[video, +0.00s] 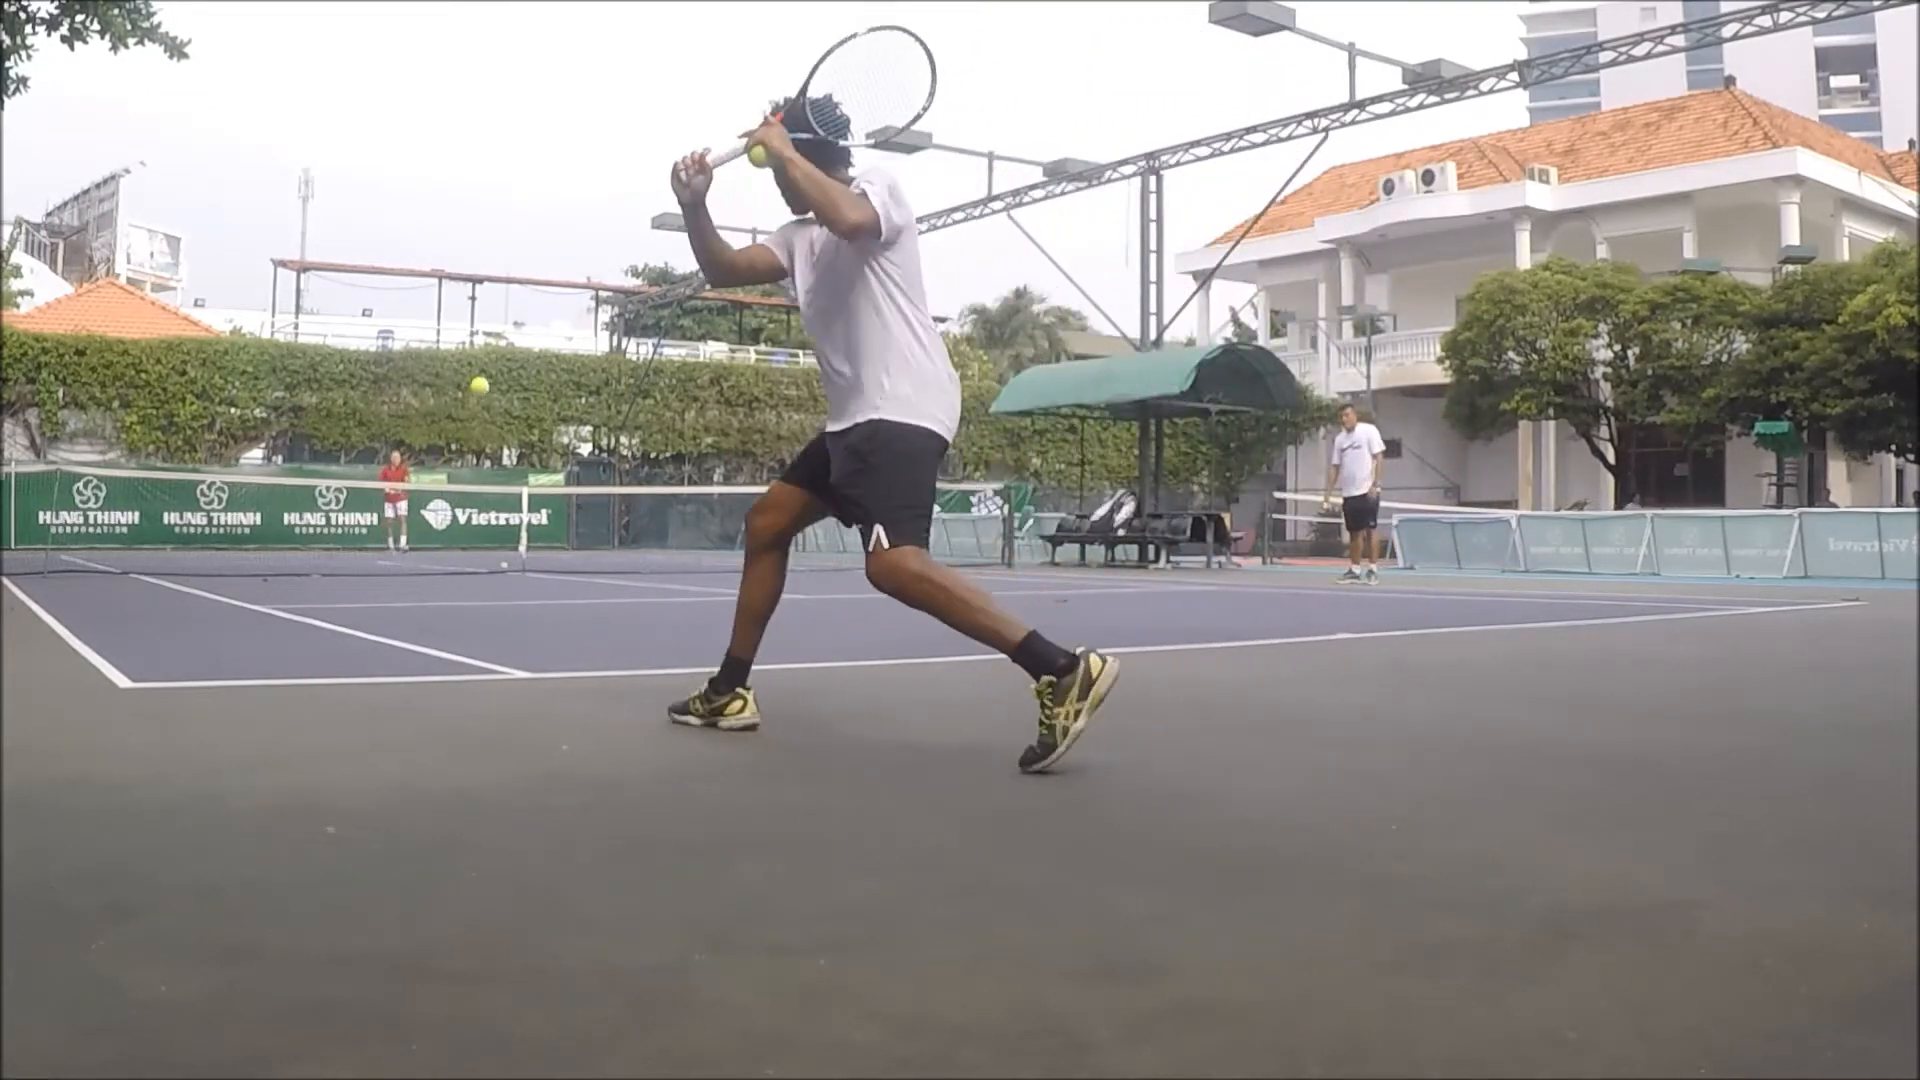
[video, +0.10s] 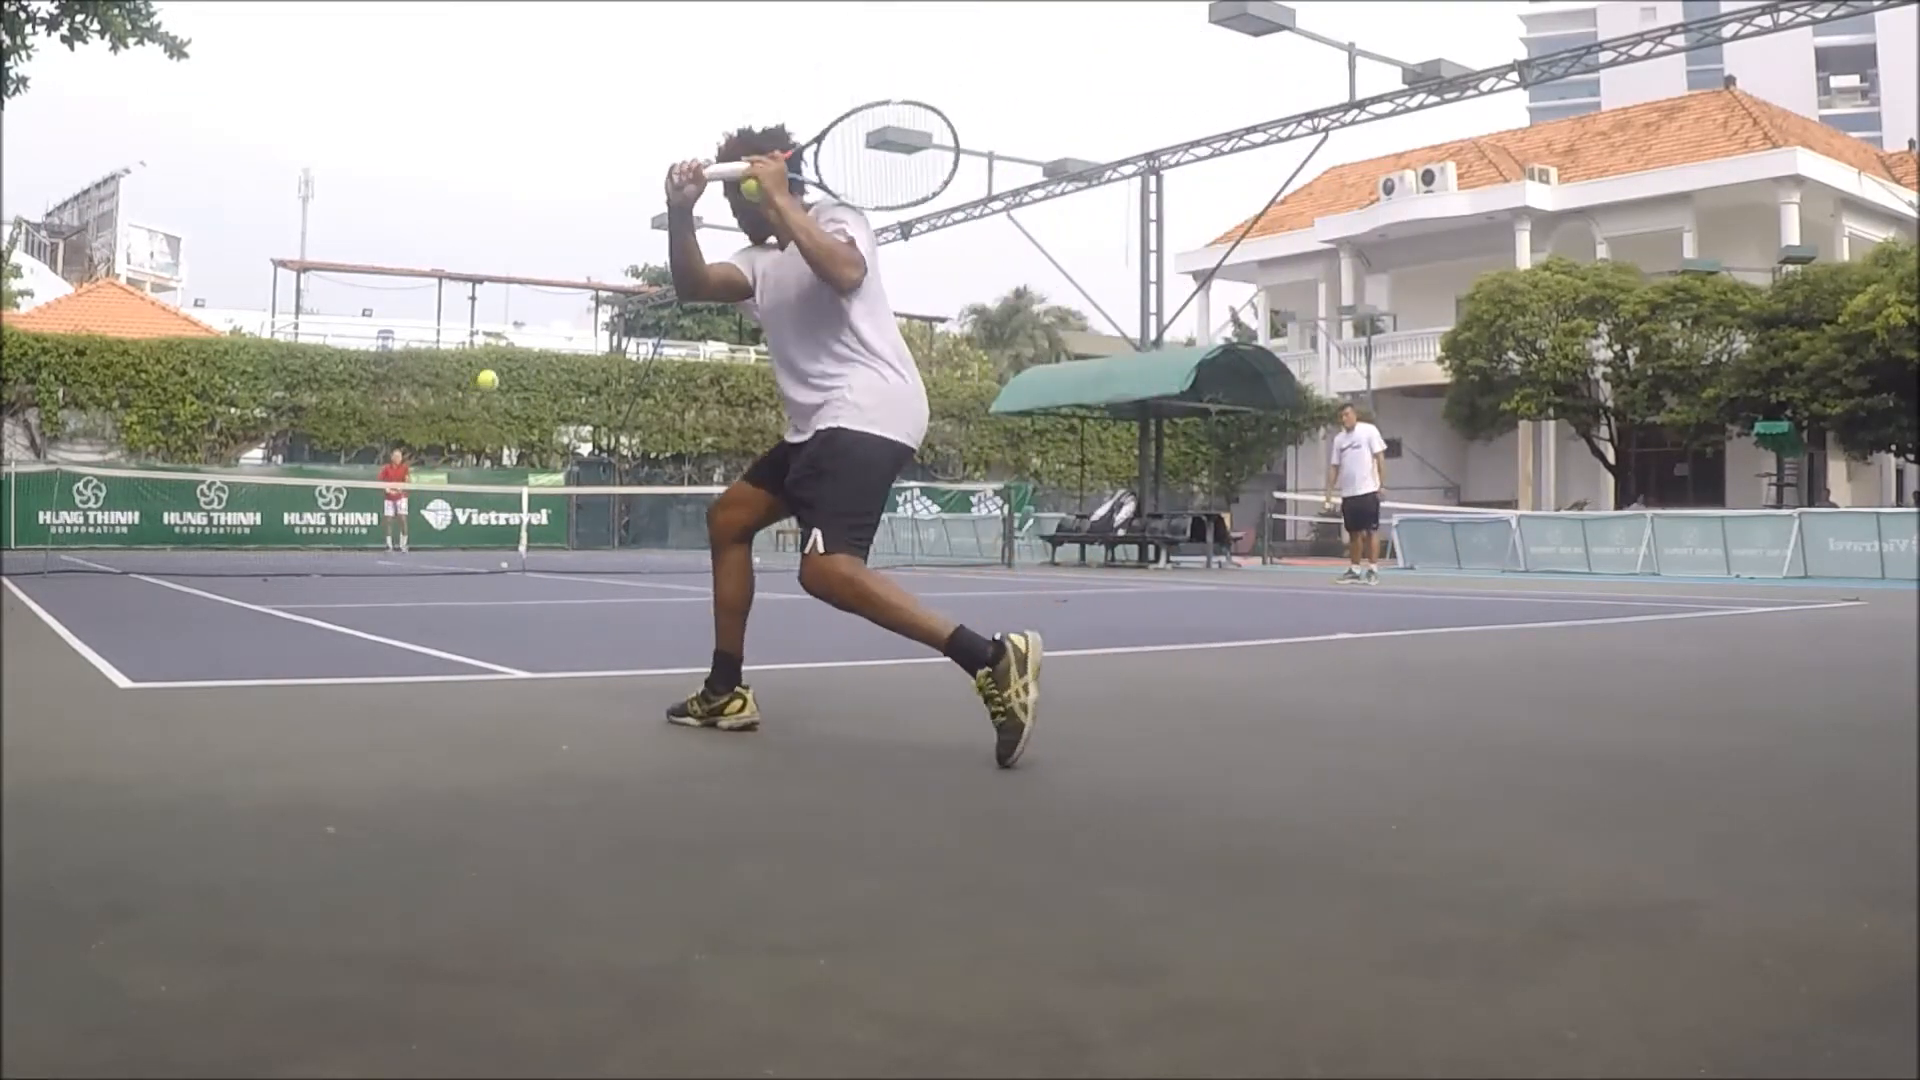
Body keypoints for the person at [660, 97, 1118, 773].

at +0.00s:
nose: (774, 168)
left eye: (780, 154)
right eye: (772, 156)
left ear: (807, 152)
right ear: (813, 152)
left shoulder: (877, 189)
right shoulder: (800, 238)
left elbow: (849, 219)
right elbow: (723, 269)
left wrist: (783, 152)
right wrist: (694, 207)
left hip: (905, 407)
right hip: (854, 417)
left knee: (894, 566)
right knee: (767, 523)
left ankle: (1064, 671)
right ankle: (729, 689)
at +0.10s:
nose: (735, 202)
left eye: (742, 188)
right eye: (730, 191)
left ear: (780, 182)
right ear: (738, 200)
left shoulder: (833, 218)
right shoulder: (761, 263)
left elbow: (844, 273)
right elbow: (693, 285)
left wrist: (780, 198)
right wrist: (682, 213)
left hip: (872, 410)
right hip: (821, 422)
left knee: (825, 571)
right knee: (729, 516)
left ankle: (993, 660)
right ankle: (725, 688)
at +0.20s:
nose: (708, 235)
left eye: (708, 222)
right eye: (705, 226)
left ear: (732, 213)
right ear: (736, 216)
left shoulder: (792, 223)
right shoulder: (738, 277)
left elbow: (841, 276)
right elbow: (709, 339)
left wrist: (767, 312)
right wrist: (648, 354)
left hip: (848, 398)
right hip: (824, 405)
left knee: (772, 556)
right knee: (736, 521)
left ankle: (928, 650)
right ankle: (726, 688)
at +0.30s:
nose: (698, 241)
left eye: (694, 227)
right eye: (691, 230)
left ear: (715, 211)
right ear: (726, 208)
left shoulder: (775, 204)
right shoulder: (767, 266)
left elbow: (825, 246)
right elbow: (767, 373)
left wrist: (766, 295)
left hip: (831, 380)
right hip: (880, 389)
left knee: (756, 538)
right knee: (770, 538)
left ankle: (901, 642)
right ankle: (730, 688)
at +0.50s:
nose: (732, 191)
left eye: (728, 178)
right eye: (727, 180)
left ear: (743, 170)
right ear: (791, 156)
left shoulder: (786, 190)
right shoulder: (856, 205)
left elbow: (800, 248)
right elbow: (929, 249)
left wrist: (713, 300)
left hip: (825, 386)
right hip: (889, 394)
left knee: (758, 530)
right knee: (785, 535)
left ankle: (884, 661)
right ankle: (731, 686)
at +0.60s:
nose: (773, 167)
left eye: (770, 154)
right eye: (771, 156)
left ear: (779, 150)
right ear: (835, 138)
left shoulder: (805, 194)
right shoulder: (902, 183)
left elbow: (794, 285)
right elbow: (978, 211)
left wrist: (714, 353)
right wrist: (1032, 244)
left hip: (833, 399)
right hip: (900, 409)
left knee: (786, 542)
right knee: (793, 541)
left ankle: (898, 670)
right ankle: (733, 684)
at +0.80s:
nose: (842, 132)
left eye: (841, 121)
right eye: (843, 122)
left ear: (849, 120)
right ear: (909, 108)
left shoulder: (849, 185)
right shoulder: (973, 165)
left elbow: (808, 294)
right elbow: (1057, 198)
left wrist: (776, 331)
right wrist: (1089, 239)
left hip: (880, 391)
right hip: (955, 401)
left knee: (856, 533)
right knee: (860, 532)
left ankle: (929, 693)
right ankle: (799, 677)